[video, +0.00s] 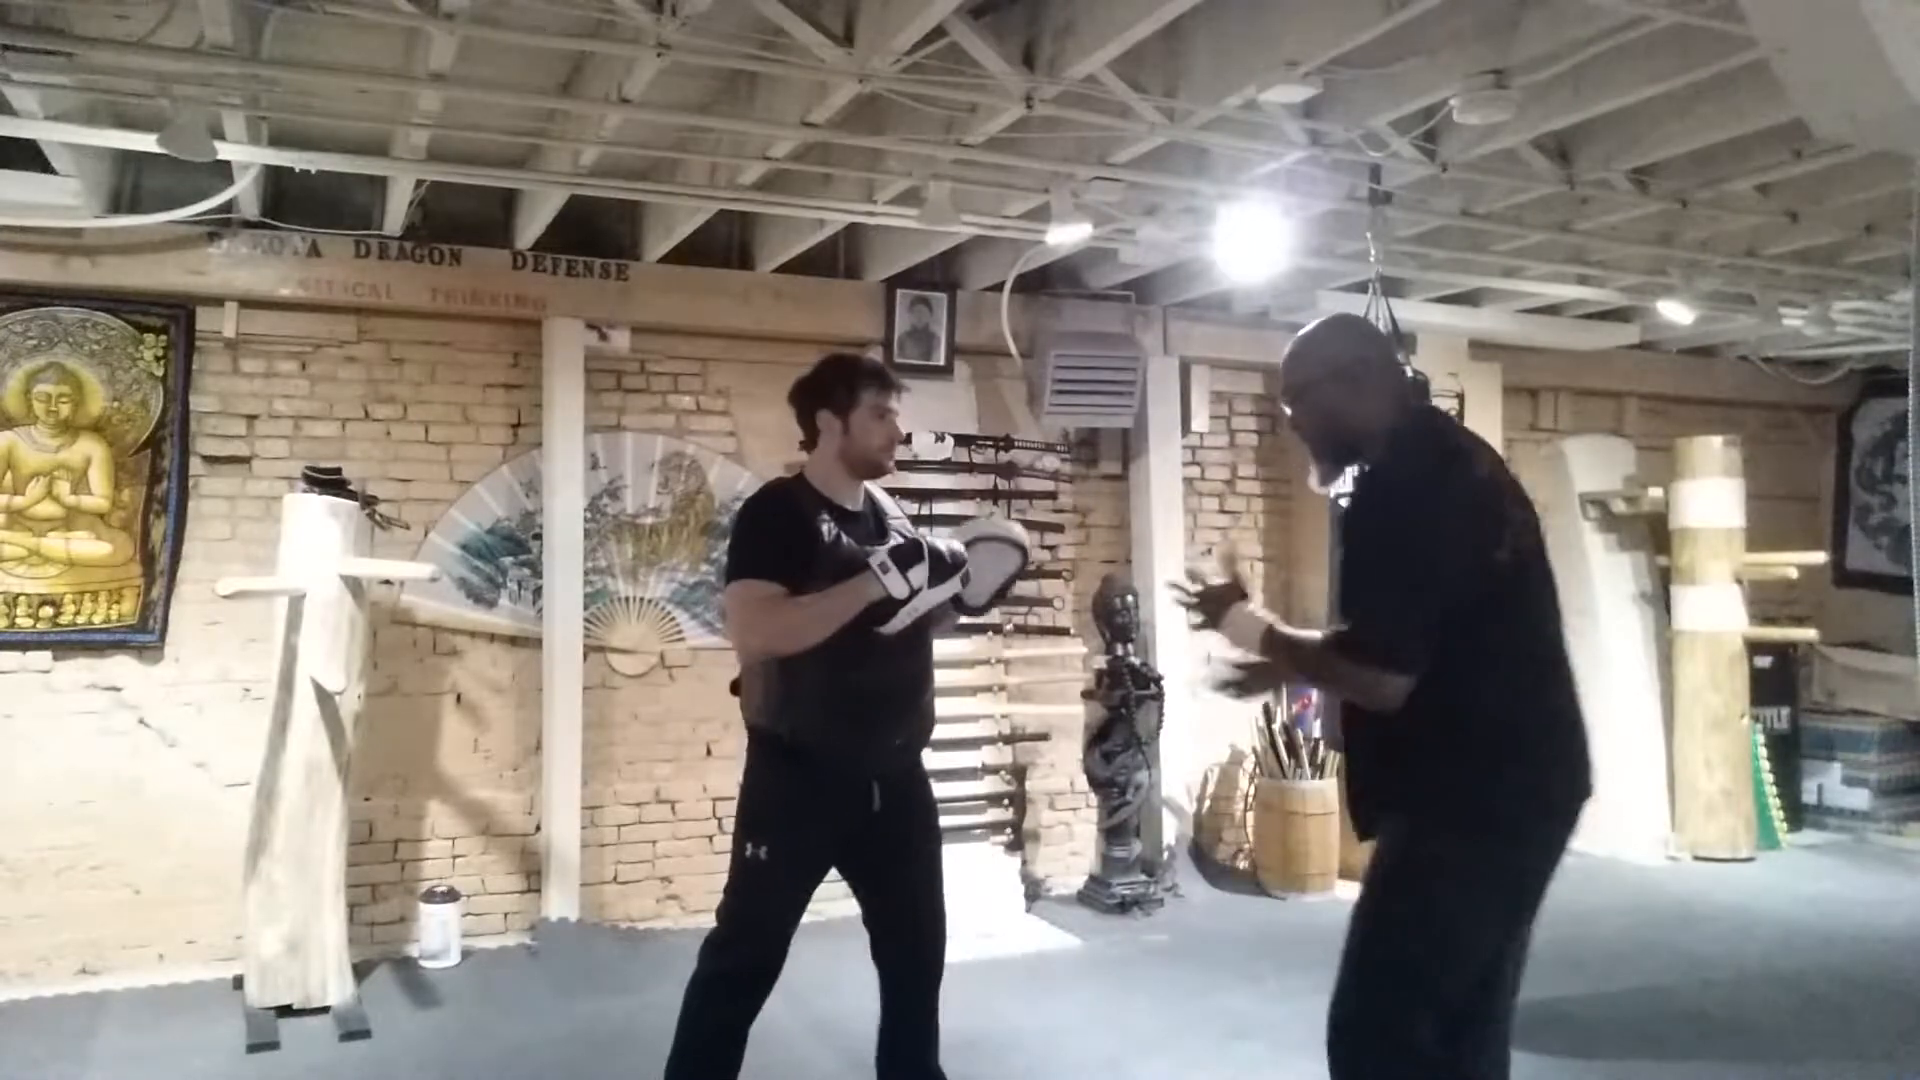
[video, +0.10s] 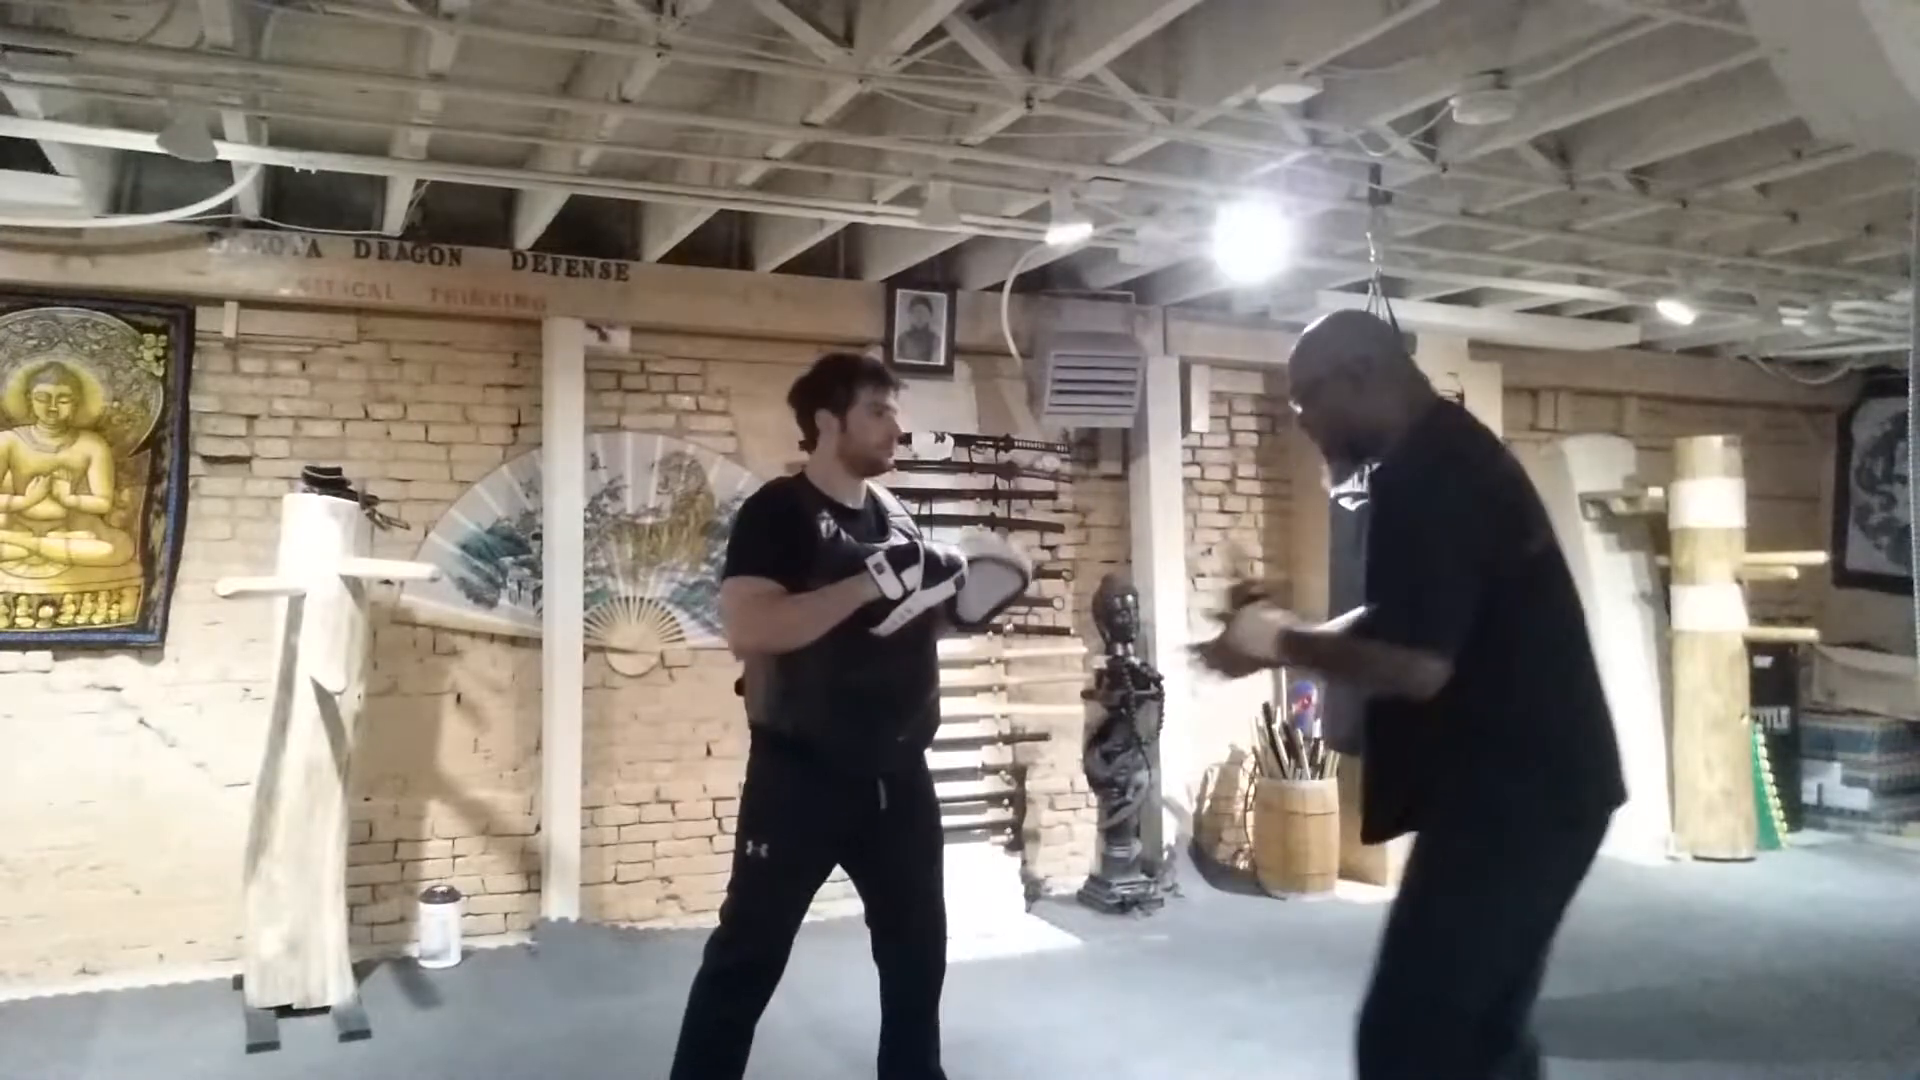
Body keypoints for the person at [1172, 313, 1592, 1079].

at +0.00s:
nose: (1294, 423)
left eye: (1299, 399)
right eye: (1288, 404)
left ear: (1358, 382)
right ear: (1371, 382)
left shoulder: (1405, 478)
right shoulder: (1453, 459)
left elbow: (1382, 672)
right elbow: (1412, 648)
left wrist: (1253, 628)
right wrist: (1288, 669)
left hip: (1468, 800)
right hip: (1519, 786)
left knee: (1375, 1038)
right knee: (1465, 1035)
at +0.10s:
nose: (1301, 423)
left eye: (1307, 399)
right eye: (1297, 404)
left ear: (1362, 377)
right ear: (1372, 378)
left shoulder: (1433, 465)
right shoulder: (1438, 455)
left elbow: (1419, 659)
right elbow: (1396, 618)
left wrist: (1283, 643)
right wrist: (1288, 639)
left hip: (1511, 801)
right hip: (1529, 791)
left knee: (1406, 1043)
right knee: (1480, 1035)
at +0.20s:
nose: (1313, 415)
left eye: (1317, 390)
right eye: (1307, 395)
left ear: (1372, 369)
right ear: (1376, 369)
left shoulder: (1468, 452)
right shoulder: (1409, 462)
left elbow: (1490, 627)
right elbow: (1431, 606)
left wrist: (1347, 617)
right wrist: (1332, 620)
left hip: (1547, 798)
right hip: (1497, 794)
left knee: (1456, 1048)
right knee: (1508, 1033)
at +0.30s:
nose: (1337, 402)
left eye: (1344, 379)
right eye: (1332, 382)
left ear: (1401, 365)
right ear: (1403, 366)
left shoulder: (1508, 445)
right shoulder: (1427, 467)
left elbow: (1588, 601)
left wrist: (1414, 619)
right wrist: (1376, 646)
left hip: (1562, 817)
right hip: (1504, 810)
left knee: (1463, 1056)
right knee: (1546, 1039)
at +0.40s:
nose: (1380, 414)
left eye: (1385, 389)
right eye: (1375, 394)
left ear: (1443, 370)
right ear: (1446, 370)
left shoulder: (1556, 458)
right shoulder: (1466, 474)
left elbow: (1653, 618)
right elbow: (1486, 617)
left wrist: (1475, 636)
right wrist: (1414, 653)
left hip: (1572, 833)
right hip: (1518, 824)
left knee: (1434, 1056)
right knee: (1615, 1050)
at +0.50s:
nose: (1411, 418)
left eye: (1419, 393)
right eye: (1409, 398)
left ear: (1477, 375)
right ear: (1488, 377)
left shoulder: (1590, 469)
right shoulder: (1529, 479)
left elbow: (1695, 639)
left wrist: (1500, 651)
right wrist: (1451, 642)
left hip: (1580, 835)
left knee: (1406, 1035)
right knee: (1630, 1043)